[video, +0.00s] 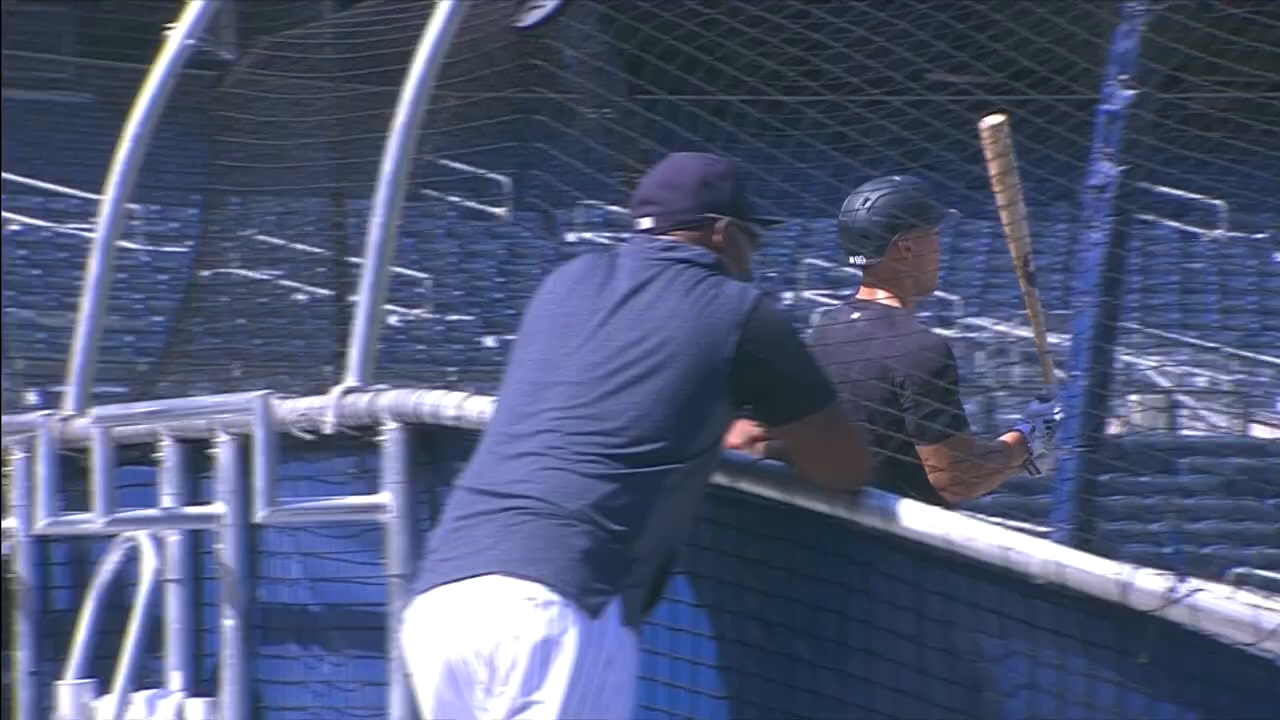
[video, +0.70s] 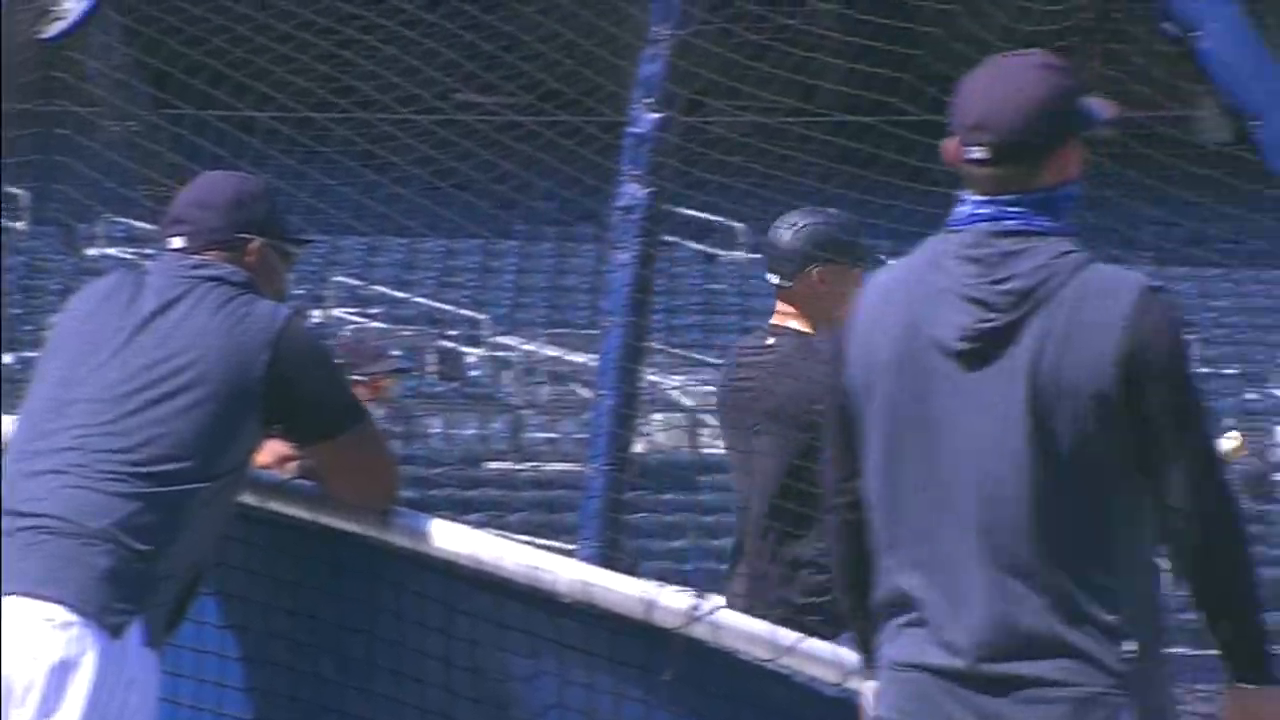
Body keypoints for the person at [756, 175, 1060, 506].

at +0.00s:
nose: (940, 247)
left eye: (937, 235)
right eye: (933, 236)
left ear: (860, 253)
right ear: (903, 249)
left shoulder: (826, 330)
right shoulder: (919, 350)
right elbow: (954, 479)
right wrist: (1024, 443)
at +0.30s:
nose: (933, 256)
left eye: (933, 242)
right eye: (923, 242)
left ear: (848, 245)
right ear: (894, 246)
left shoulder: (807, 331)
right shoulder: (911, 345)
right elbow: (957, 479)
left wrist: (996, 507)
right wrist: (1023, 485)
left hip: (825, 560)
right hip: (902, 571)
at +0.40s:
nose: (903, 265)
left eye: (904, 251)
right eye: (900, 251)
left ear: (830, 254)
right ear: (889, 257)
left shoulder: (788, 339)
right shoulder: (896, 357)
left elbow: (860, 464)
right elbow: (943, 476)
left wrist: (965, 537)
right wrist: (997, 519)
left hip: (800, 559)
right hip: (878, 579)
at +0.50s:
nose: (892, 267)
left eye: (891, 255)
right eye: (885, 256)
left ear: (816, 261)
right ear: (853, 262)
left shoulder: (776, 340)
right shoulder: (878, 363)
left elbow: (819, 468)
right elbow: (925, 483)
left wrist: (909, 537)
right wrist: (968, 540)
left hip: (771, 573)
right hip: (847, 590)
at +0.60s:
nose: (875, 284)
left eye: (876, 272)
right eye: (871, 272)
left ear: (802, 275)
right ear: (838, 274)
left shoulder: (753, 361)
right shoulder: (863, 375)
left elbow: (790, 487)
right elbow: (908, 497)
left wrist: (890, 555)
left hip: (766, 589)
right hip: (840, 603)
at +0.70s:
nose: (861, 288)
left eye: (860, 274)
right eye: (854, 274)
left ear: (780, 279)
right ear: (818, 279)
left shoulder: (743, 362)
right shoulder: (830, 371)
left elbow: (754, 483)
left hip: (753, 595)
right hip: (819, 608)